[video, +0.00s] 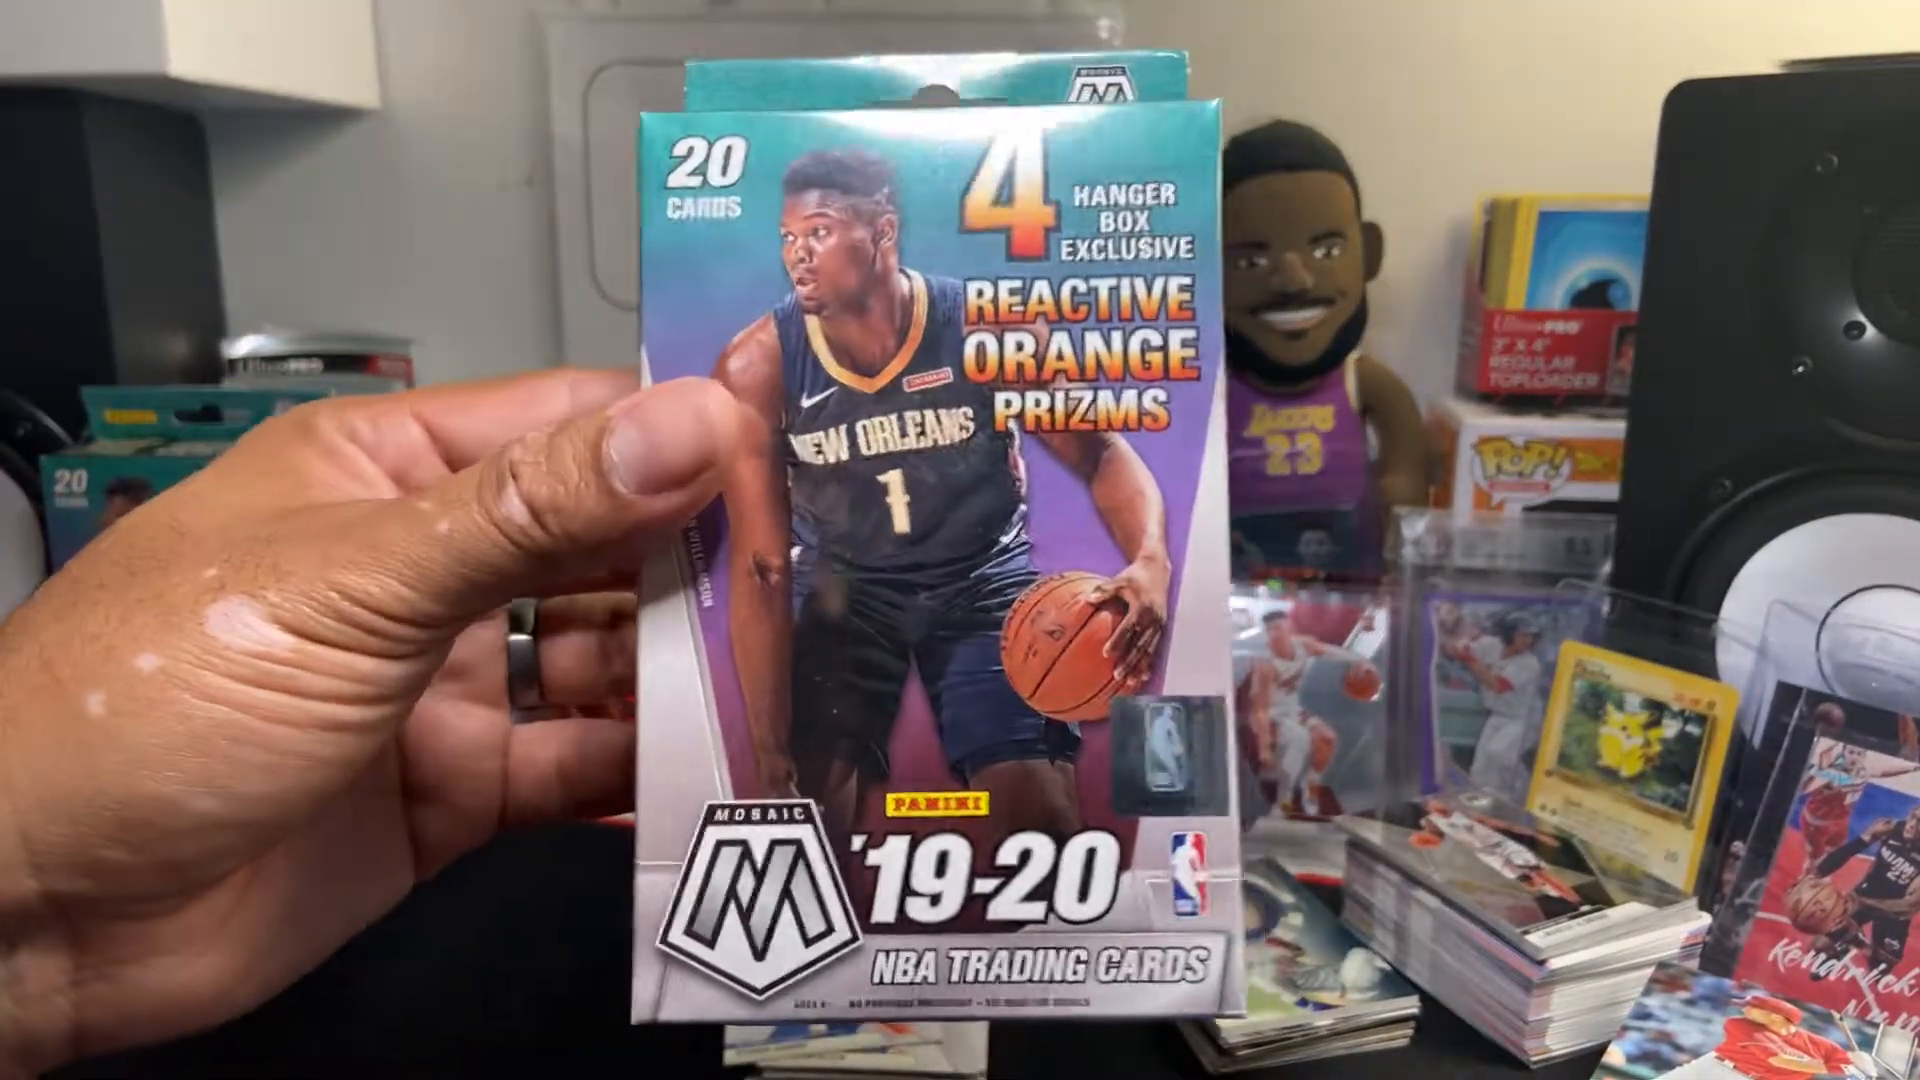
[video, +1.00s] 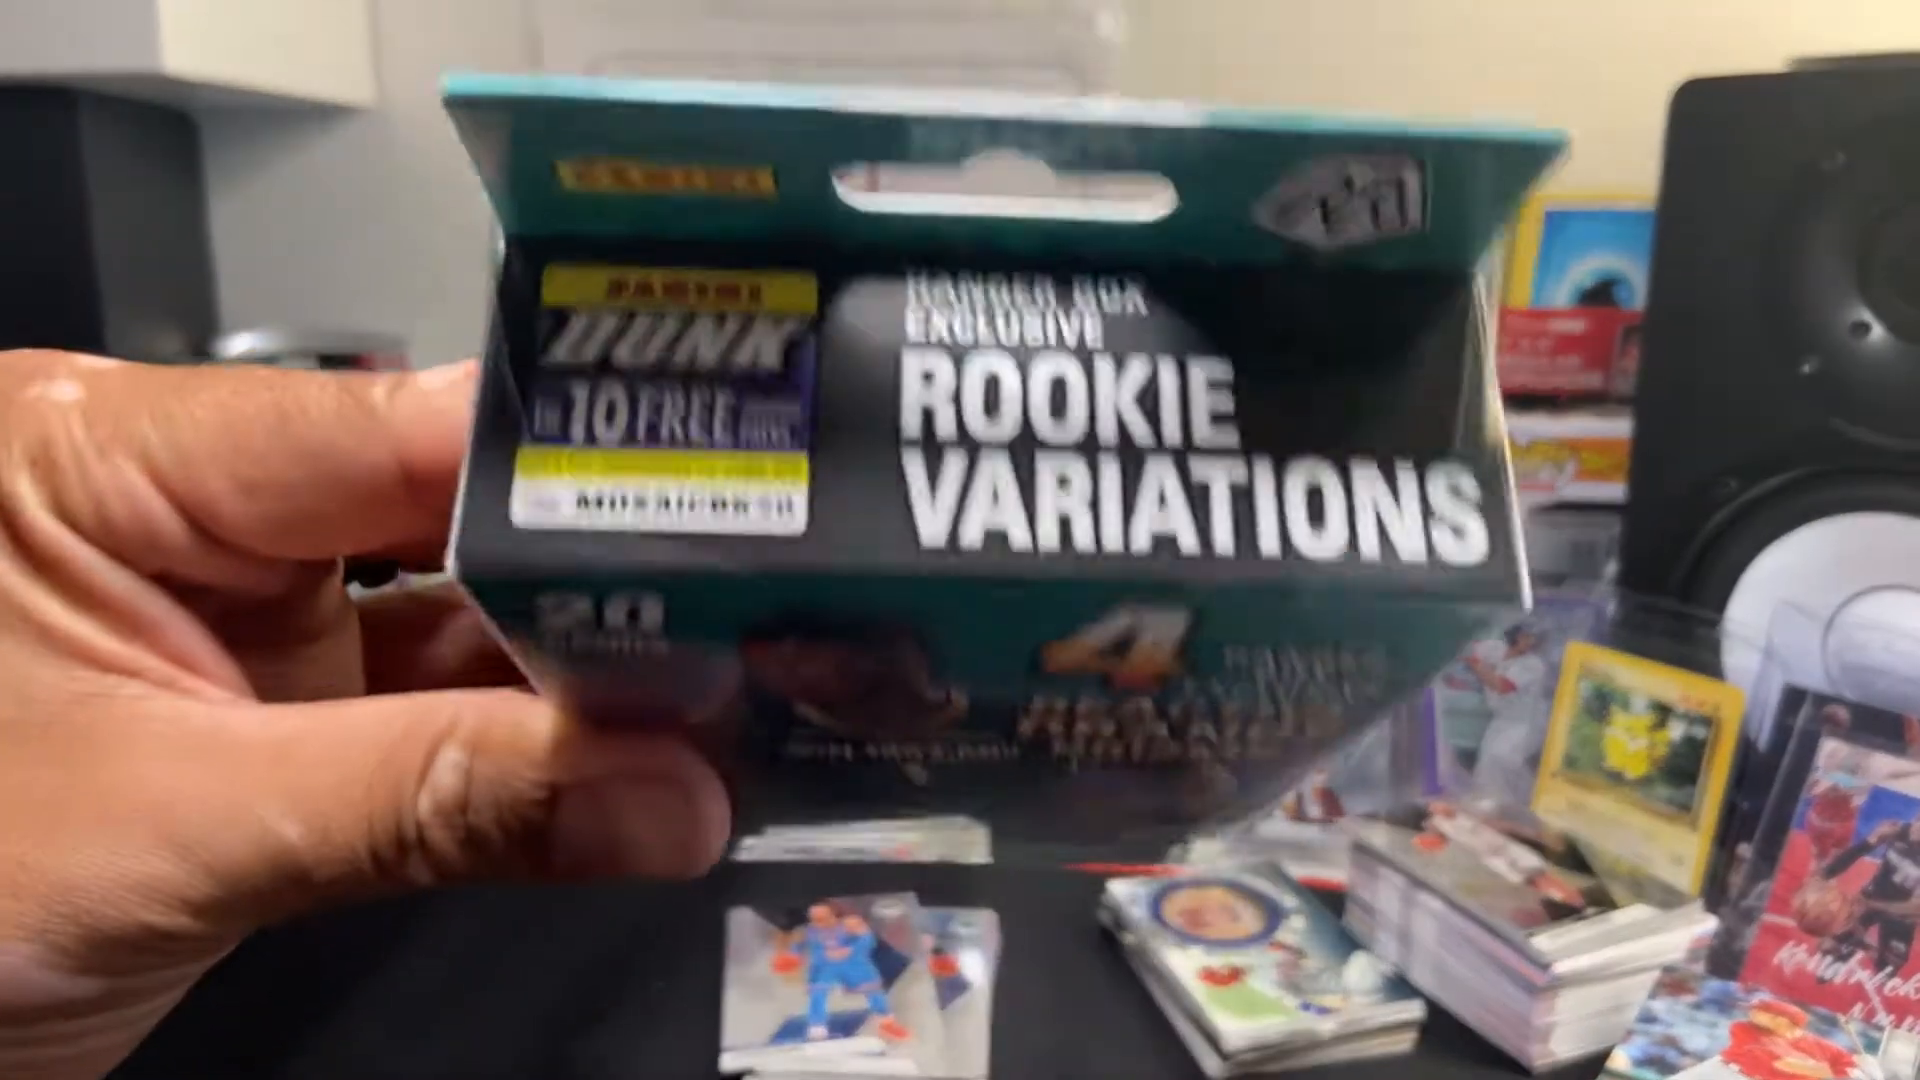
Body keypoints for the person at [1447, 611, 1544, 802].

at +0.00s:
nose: (1528, 641)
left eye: (1531, 636)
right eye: (1523, 635)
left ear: (1534, 639)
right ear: (1511, 634)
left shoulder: (1530, 664)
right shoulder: (1492, 646)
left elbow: (1500, 685)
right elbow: (1461, 651)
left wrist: (1472, 662)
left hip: (1520, 720)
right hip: (1497, 716)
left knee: (1498, 752)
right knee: (1483, 752)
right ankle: (1478, 794)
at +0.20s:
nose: (1528, 641)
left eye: (1531, 636)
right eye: (1523, 635)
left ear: (1534, 639)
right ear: (1511, 635)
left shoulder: (1529, 663)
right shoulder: (1491, 646)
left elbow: (1500, 685)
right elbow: (1460, 650)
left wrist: (1473, 662)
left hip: (1519, 721)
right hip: (1497, 717)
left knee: (1498, 752)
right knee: (1483, 752)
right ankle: (1477, 792)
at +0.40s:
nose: (1528, 641)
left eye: (1531, 636)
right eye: (1523, 635)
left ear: (1534, 639)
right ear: (1511, 634)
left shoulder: (1529, 663)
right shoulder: (1492, 645)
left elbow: (1500, 685)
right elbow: (1461, 651)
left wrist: (1473, 663)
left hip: (1520, 721)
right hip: (1497, 717)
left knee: (1498, 752)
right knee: (1482, 755)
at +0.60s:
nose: (1528, 641)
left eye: (1531, 637)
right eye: (1524, 635)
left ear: (1534, 639)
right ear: (1512, 634)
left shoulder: (1529, 663)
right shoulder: (1492, 646)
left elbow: (1500, 685)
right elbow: (1459, 651)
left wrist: (1473, 662)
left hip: (1519, 721)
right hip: (1496, 717)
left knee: (1497, 751)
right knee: (1482, 755)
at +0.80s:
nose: (1530, 641)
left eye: (1533, 636)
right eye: (1525, 635)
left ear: (1535, 639)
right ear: (1513, 635)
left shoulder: (1531, 664)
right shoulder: (1493, 646)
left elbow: (1502, 685)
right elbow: (1461, 651)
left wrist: (1475, 662)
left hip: (1521, 722)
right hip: (1498, 718)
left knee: (1499, 752)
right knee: (1483, 755)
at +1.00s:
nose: (1531, 642)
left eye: (1533, 637)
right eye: (1527, 637)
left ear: (1535, 641)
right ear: (1516, 638)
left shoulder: (1534, 664)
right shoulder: (1503, 656)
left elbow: (1504, 685)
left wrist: (1480, 668)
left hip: (1525, 723)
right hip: (1502, 720)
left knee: (1504, 755)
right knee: (1489, 755)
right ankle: (1484, 798)